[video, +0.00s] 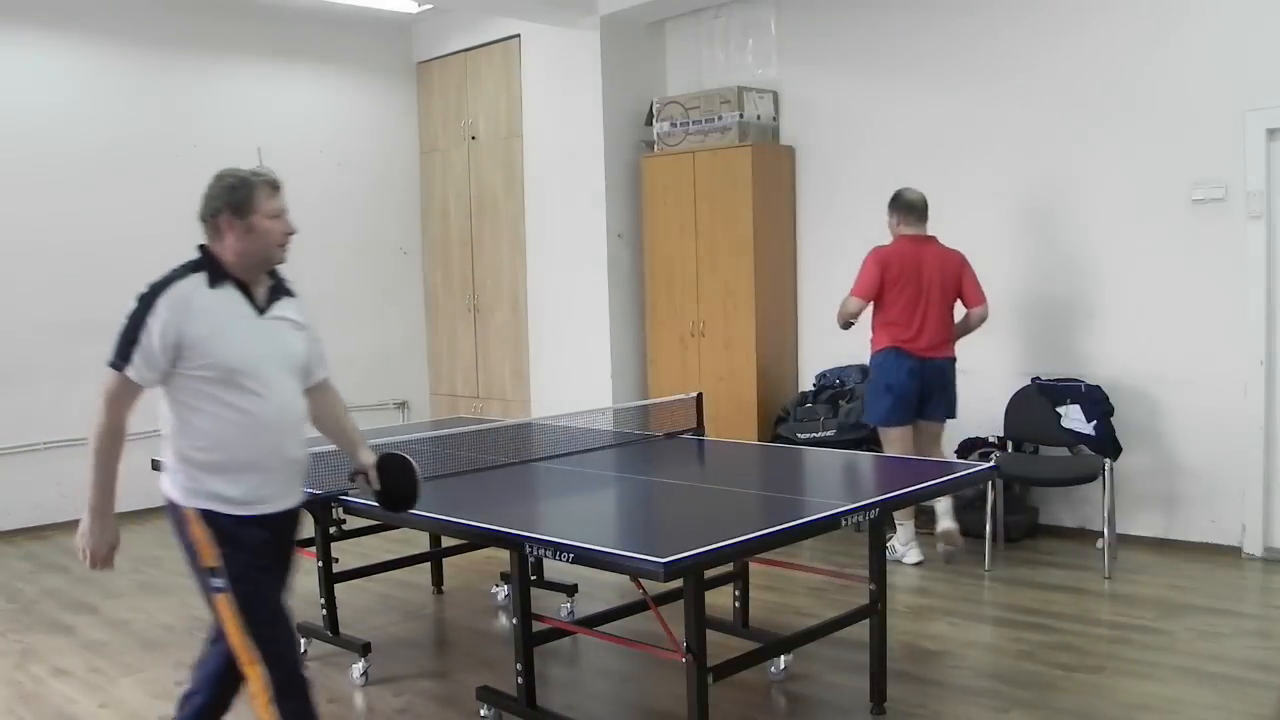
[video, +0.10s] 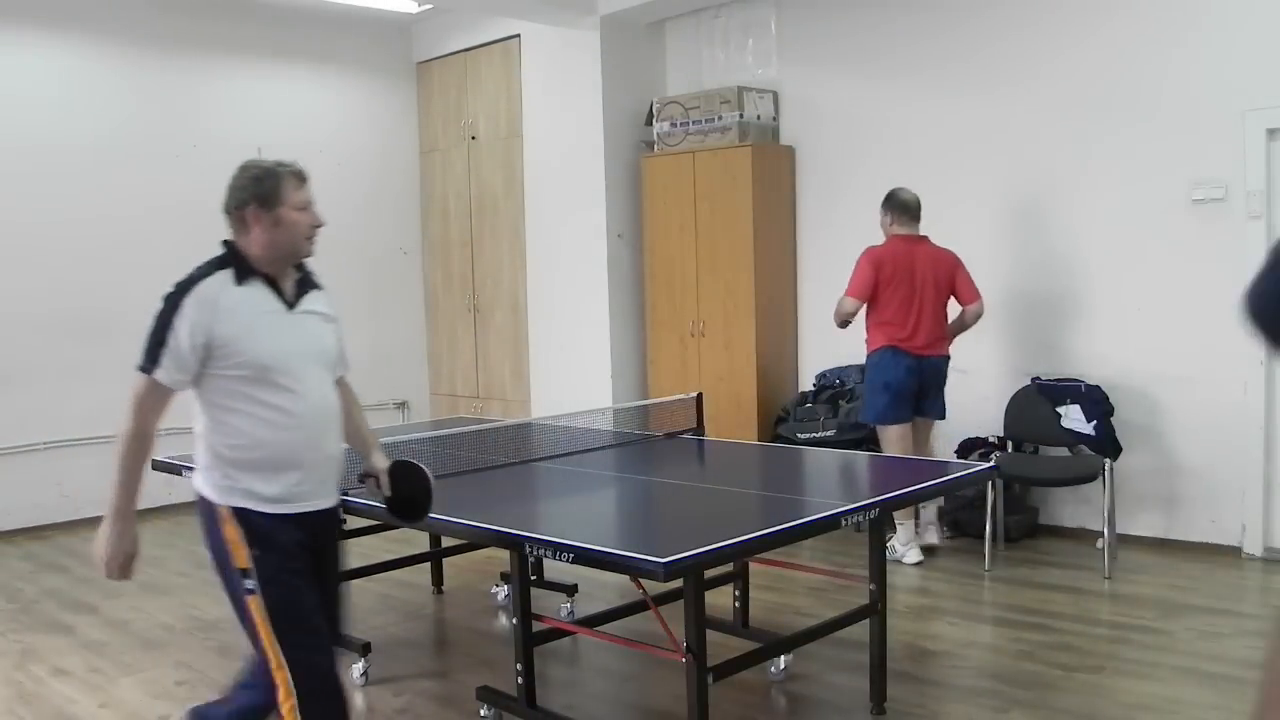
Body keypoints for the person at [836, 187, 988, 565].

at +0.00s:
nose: (888, 224)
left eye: (888, 219)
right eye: (890, 219)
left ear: (893, 219)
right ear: (926, 219)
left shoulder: (883, 255)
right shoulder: (954, 258)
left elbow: (853, 306)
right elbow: (979, 311)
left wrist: (844, 319)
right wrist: (948, 335)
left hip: (894, 366)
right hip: (940, 368)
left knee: (898, 457)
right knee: (932, 448)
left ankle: (905, 541)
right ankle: (946, 512)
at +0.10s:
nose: (880, 223)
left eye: (881, 218)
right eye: (881, 218)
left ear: (887, 218)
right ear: (919, 218)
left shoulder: (877, 255)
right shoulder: (946, 258)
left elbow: (848, 307)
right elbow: (974, 308)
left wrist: (841, 319)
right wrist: (945, 334)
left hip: (890, 365)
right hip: (934, 365)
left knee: (898, 457)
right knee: (923, 448)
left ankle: (905, 542)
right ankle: (930, 527)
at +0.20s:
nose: (874, 225)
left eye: (875, 220)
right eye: (874, 220)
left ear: (882, 220)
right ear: (913, 221)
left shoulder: (874, 257)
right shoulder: (939, 259)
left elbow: (849, 308)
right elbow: (971, 306)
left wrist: (837, 321)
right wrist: (942, 332)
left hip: (887, 364)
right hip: (929, 365)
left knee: (897, 456)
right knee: (919, 449)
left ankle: (905, 543)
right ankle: (914, 530)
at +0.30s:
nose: (870, 226)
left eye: (872, 219)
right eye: (871, 219)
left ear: (883, 219)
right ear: (908, 221)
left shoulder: (875, 256)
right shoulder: (934, 259)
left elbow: (856, 306)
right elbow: (966, 305)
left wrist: (834, 318)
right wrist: (934, 329)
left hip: (885, 364)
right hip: (925, 365)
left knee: (893, 455)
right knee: (914, 450)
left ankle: (907, 542)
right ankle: (910, 533)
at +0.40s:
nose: (867, 223)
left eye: (871, 216)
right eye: (869, 216)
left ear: (885, 217)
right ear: (904, 219)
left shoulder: (876, 253)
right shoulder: (929, 257)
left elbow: (862, 303)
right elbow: (957, 301)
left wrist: (831, 313)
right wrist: (924, 321)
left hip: (884, 362)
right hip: (920, 363)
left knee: (876, 451)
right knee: (909, 447)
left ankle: (899, 531)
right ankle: (909, 528)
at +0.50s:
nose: (864, 218)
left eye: (869, 212)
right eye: (866, 212)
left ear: (885, 217)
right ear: (897, 219)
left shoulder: (876, 252)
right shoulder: (923, 257)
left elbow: (866, 300)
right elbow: (943, 299)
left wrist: (829, 309)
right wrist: (912, 313)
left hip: (880, 359)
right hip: (916, 360)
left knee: (859, 445)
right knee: (907, 444)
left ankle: (891, 521)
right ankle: (910, 524)